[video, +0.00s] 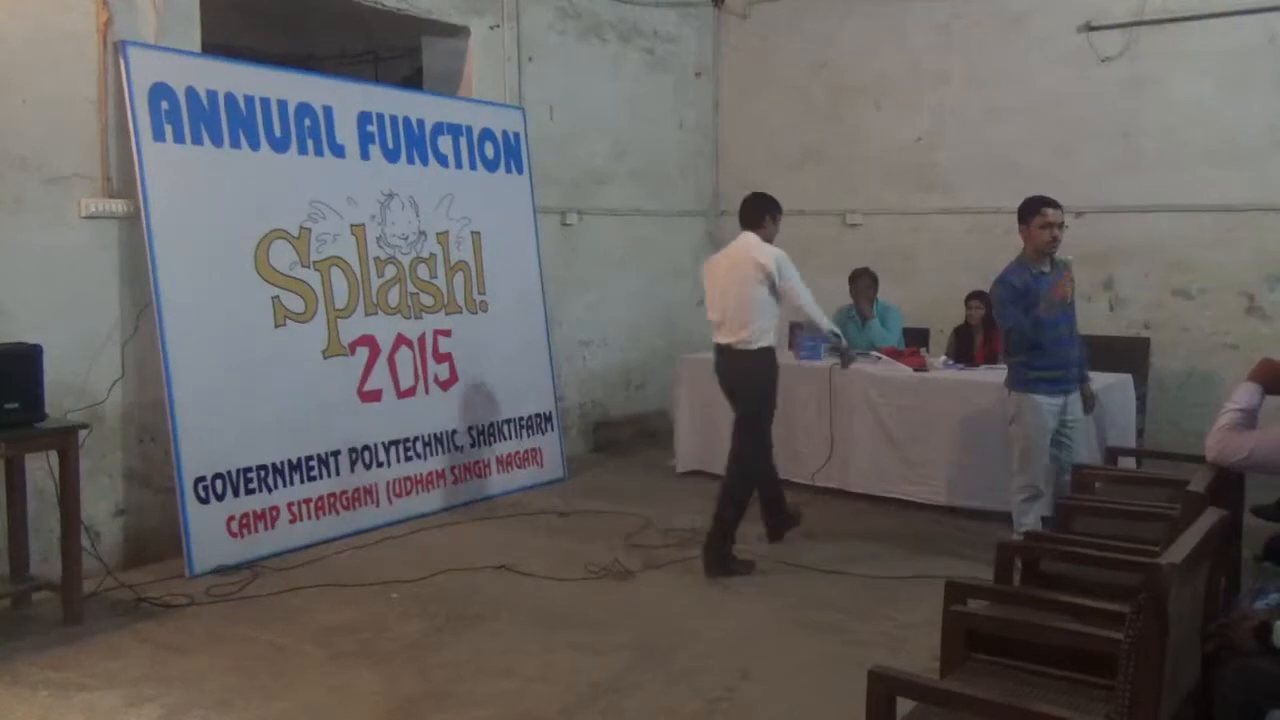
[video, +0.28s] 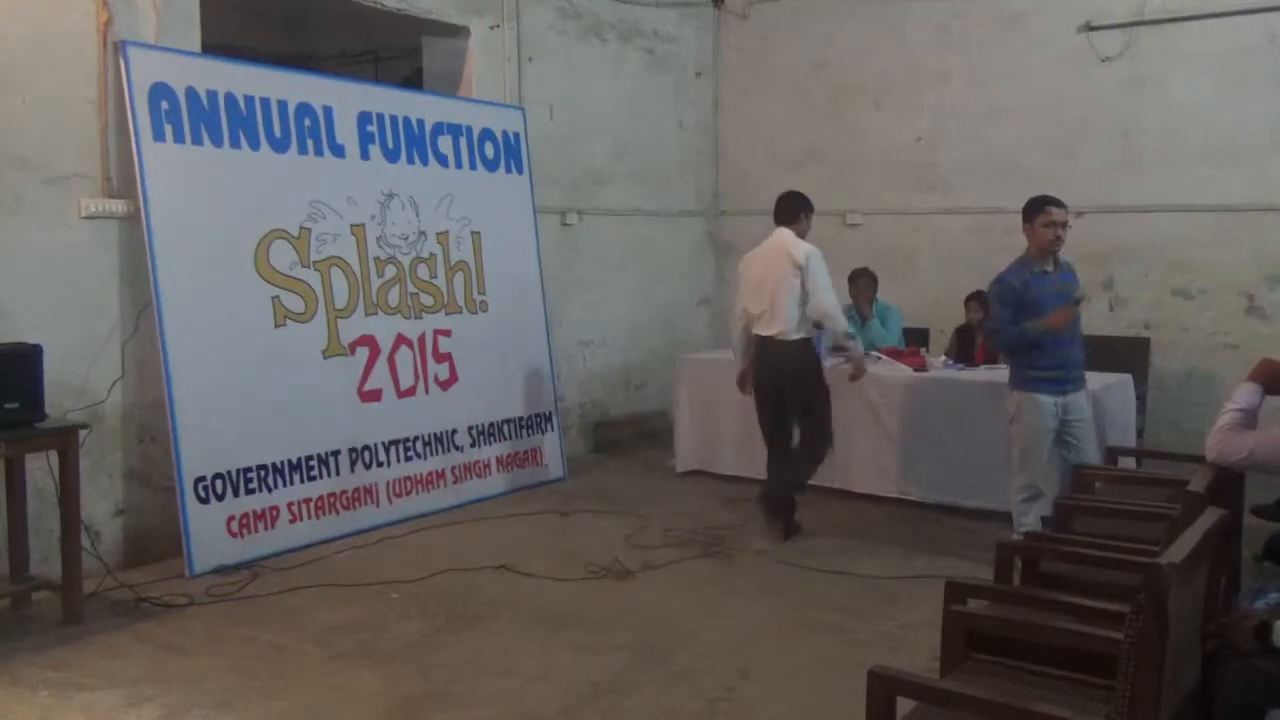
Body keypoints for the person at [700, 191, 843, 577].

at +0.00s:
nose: (778, 230)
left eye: (779, 223)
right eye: (778, 223)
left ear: (742, 222)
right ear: (766, 222)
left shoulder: (713, 262)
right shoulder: (771, 257)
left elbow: (714, 312)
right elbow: (803, 304)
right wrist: (835, 337)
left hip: (725, 362)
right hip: (758, 362)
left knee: (758, 443)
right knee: (745, 455)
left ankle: (777, 517)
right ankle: (718, 552)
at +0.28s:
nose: (811, 226)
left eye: (810, 220)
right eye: (811, 220)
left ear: (776, 218)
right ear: (802, 219)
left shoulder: (750, 258)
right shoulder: (806, 253)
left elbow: (743, 316)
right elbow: (823, 309)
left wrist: (743, 362)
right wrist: (853, 349)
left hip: (762, 355)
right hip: (799, 356)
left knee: (776, 438)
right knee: (818, 435)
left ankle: (786, 520)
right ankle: (776, 493)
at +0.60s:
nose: (855, 235)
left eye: (856, 228)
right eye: (855, 228)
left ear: (823, 224)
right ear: (846, 227)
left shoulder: (791, 259)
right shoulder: (845, 260)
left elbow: (779, 311)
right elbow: (879, 300)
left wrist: (785, 350)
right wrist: (930, 291)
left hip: (796, 356)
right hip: (832, 358)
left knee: (793, 439)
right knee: (842, 434)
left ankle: (782, 520)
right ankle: (858, 506)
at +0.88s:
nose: (884, 238)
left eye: (885, 233)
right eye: (885, 232)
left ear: (855, 222)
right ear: (878, 229)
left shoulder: (820, 251)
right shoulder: (876, 260)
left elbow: (806, 301)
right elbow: (897, 308)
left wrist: (810, 330)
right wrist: (932, 328)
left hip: (820, 342)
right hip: (853, 345)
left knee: (834, 419)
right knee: (864, 425)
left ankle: (824, 488)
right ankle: (860, 501)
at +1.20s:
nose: (896, 240)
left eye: (898, 234)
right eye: (895, 232)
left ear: (872, 225)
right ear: (882, 227)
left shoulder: (846, 245)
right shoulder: (867, 249)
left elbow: (849, 305)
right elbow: (877, 303)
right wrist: (894, 330)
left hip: (826, 334)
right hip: (847, 335)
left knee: (836, 416)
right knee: (856, 417)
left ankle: (835, 491)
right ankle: (860, 498)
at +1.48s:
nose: (889, 232)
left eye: (891, 225)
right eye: (887, 224)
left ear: (871, 221)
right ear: (870, 220)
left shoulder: (864, 253)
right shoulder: (839, 251)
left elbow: (864, 305)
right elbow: (828, 300)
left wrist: (869, 343)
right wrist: (837, 342)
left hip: (854, 339)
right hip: (834, 340)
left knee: (849, 418)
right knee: (836, 419)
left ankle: (839, 492)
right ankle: (827, 499)